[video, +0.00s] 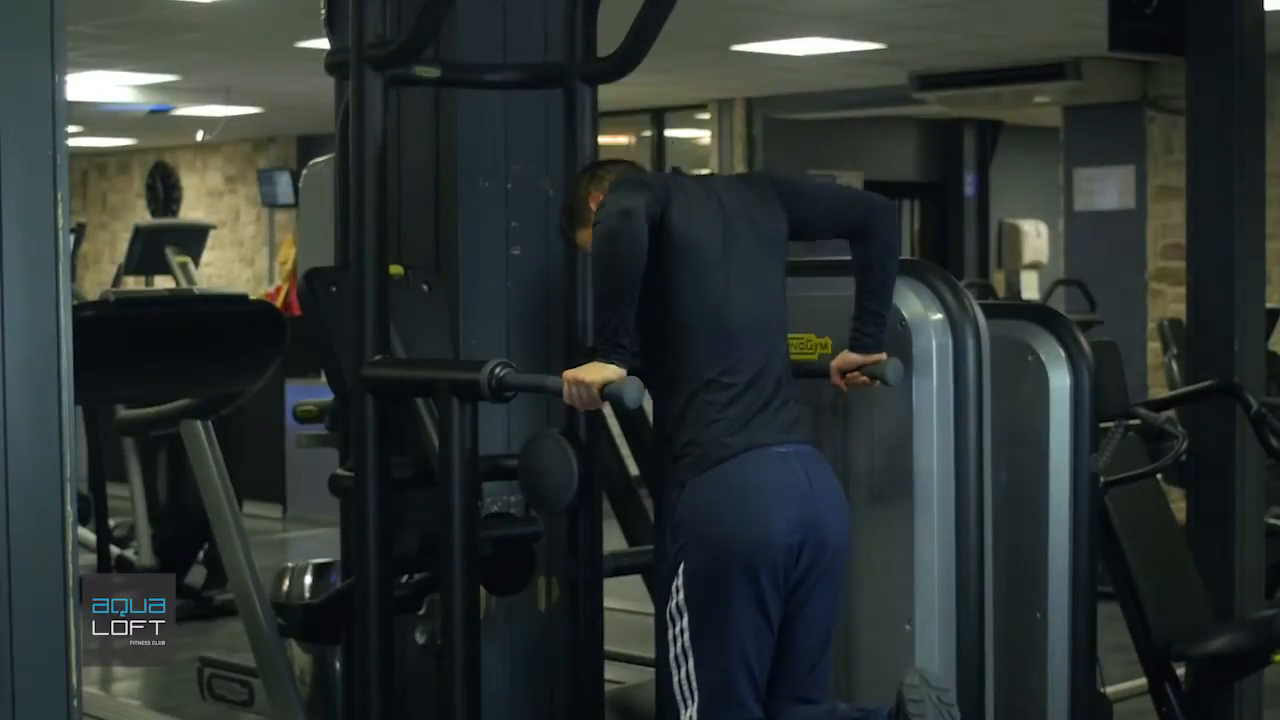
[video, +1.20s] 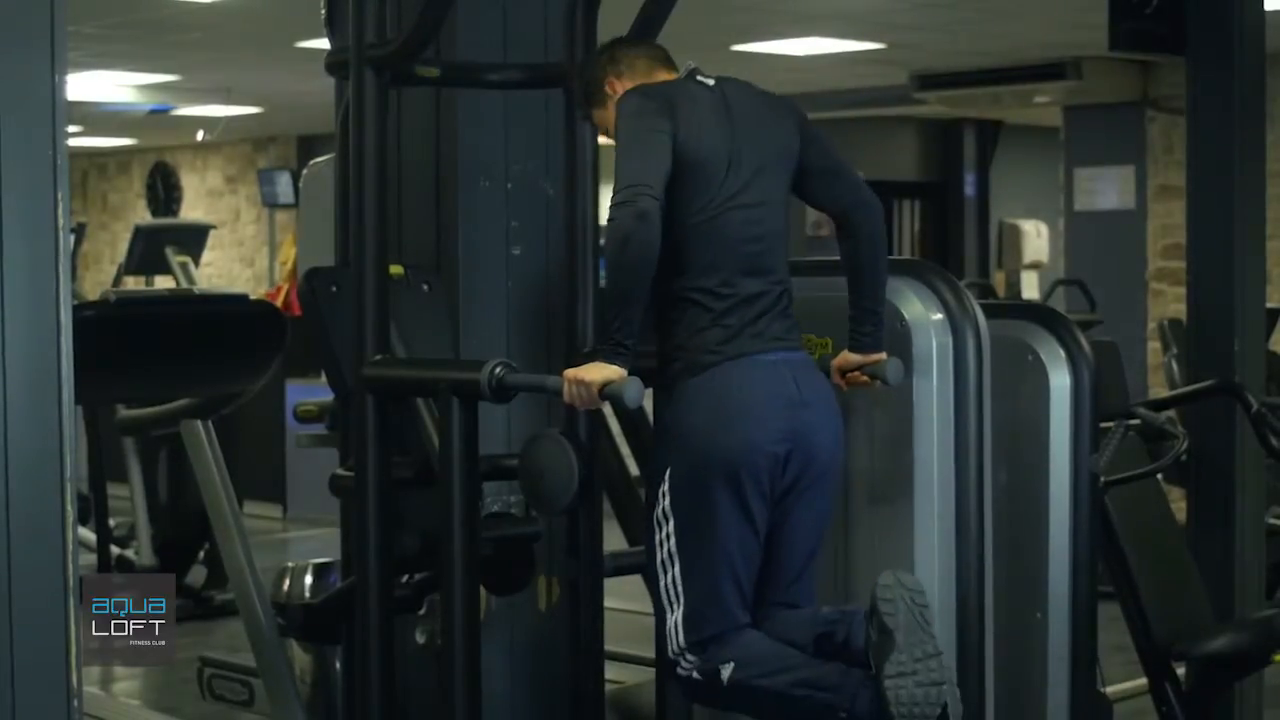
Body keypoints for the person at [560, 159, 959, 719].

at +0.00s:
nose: (591, 244)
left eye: (588, 233)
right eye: (585, 241)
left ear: (601, 200)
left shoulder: (634, 189)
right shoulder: (755, 191)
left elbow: (621, 226)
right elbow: (876, 214)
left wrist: (610, 353)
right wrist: (868, 343)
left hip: (723, 488)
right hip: (808, 472)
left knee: (715, 704)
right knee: (799, 701)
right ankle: (899, 710)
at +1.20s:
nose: (612, 140)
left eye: (604, 124)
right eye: (604, 131)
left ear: (616, 89)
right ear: (673, 72)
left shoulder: (647, 106)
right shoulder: (772, 111)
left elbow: (638, 217)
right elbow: (861, 209)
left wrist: (612, 351)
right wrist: (866, 340)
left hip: (715, 398)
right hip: (804, 386)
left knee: (699, 650)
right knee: (771, 616)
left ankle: (870, 700)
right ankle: (867, 633)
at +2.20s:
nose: (595, 225)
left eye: (591, 215)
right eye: (589, 220)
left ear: (604, 189)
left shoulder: (638, 183)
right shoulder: (759, 184)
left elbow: (619, 224)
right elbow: (877, 210)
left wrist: (613, 348)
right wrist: (870, 338)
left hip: (723, 489)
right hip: (809, 471)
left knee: (714, 704)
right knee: (799, 701)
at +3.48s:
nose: (608, 132)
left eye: (601, 117)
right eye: (600, 125)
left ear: (611, 80)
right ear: (670, 58)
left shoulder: (644, 93)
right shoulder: (772, 99)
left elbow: (634, 202)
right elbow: (861, 196)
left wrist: (613, 340)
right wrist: (867, 328)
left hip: (718, 384)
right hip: (807, 375)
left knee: (704, 639)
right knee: (772, 604)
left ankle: (885, 690)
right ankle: (874, 614)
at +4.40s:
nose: (597, 223)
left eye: (594, 212)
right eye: (591, 220)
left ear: (606, 182)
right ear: (648, 155)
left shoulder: (634, 173)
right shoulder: (761, 172)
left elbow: (622, 209)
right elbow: (880, 197)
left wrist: (610, 334)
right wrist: (868, 325)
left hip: (723, 483)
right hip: (812, 465)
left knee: (722, 706)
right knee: (798, 696)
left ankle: (894, 708)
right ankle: (899, 708)